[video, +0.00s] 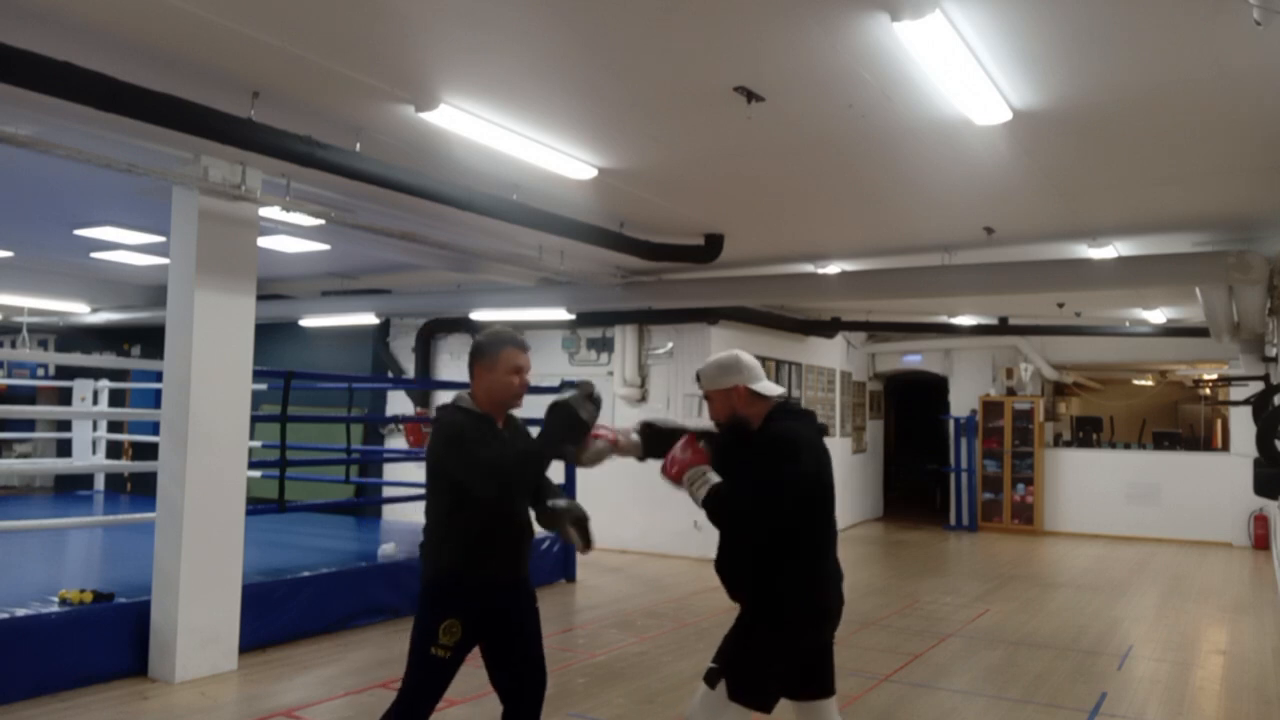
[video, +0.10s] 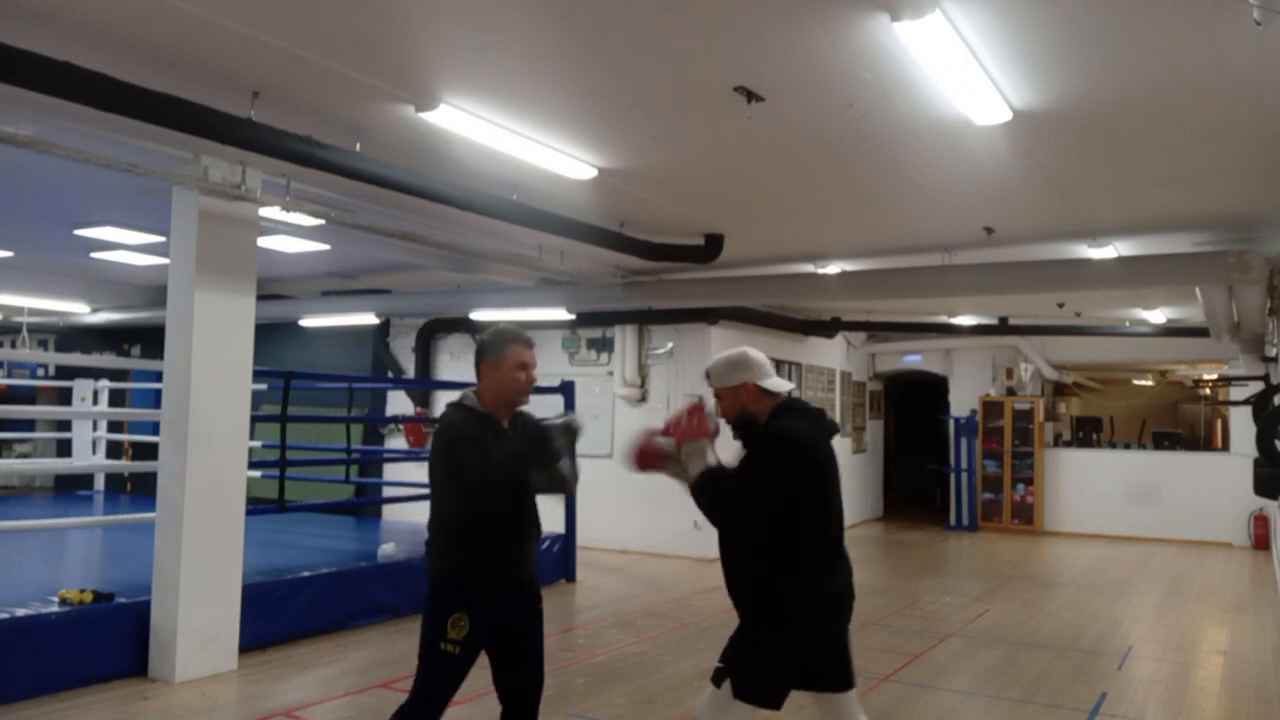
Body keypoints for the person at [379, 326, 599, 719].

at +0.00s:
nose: (525, 383)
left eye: (526, 374)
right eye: (516, 373)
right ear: (481, 374)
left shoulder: (516, 431)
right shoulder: (452, 426)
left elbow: (536, 486)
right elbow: (501, 478)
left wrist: (556, 509)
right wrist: (554, 434)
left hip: (508, 582)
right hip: (453, 584)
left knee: (526, 694)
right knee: (417, 699)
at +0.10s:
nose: (532, 378)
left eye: (533, 369)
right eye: (521, 367)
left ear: (531, 374)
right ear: (487, 370)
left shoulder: (523, 428)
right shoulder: (458, 427)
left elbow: (559, 481)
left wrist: (556, 454)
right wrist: (536, 447)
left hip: (515, 582)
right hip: (461, 585)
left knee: (523, 701)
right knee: (428, 701)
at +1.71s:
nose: (573, 391)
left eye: (573, 381)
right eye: (564, 380)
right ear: (528, 380)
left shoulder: (562, 431)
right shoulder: (488, 438)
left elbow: (612, 473)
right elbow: (496, 509)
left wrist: (653, 459)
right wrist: (529, 431)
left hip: (552, 598)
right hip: (493, 601)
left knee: (583, 705)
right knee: (462, 711)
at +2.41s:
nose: (575, 394)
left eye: (576, 385)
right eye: (567, 383)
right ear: (530, 380)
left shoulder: (548, 439)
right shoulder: (500, 437)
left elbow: (564, 501)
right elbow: (559, 502)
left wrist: (608, 523)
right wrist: (618, 466)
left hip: (552, 600)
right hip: (497, 602)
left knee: (585, 703)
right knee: (465, 710)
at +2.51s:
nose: (571, 393)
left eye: (572, 384)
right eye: (563, 383)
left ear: (532, 383)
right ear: (526, 381)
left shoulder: (555, 434)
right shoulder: (489, 439)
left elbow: (582, 494)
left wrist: (607, 474)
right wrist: (583, 476)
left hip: (553, 598)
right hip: (495, 602)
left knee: (586, 704)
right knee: (462, 711)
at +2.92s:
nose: (600, 386)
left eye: (601, 377)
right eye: (591, 376)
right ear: (555, 374)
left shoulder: (591, 439)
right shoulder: (516, 434)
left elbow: (636, 486)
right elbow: (542, 483)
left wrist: (695, 526)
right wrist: (623, 440)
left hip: (579, 594)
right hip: (520, 596)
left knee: (603, 705)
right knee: (474, 708)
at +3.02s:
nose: (608, 379)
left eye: (609, 370)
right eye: (599, 369)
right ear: (562, 368)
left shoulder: (605, 423)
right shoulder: (519, 432)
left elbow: (656, 442)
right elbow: (505, 511)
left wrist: (718, 449)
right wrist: (575, 492)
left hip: (584, 591)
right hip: (523, 593)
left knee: (601, 706)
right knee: (476, 707)